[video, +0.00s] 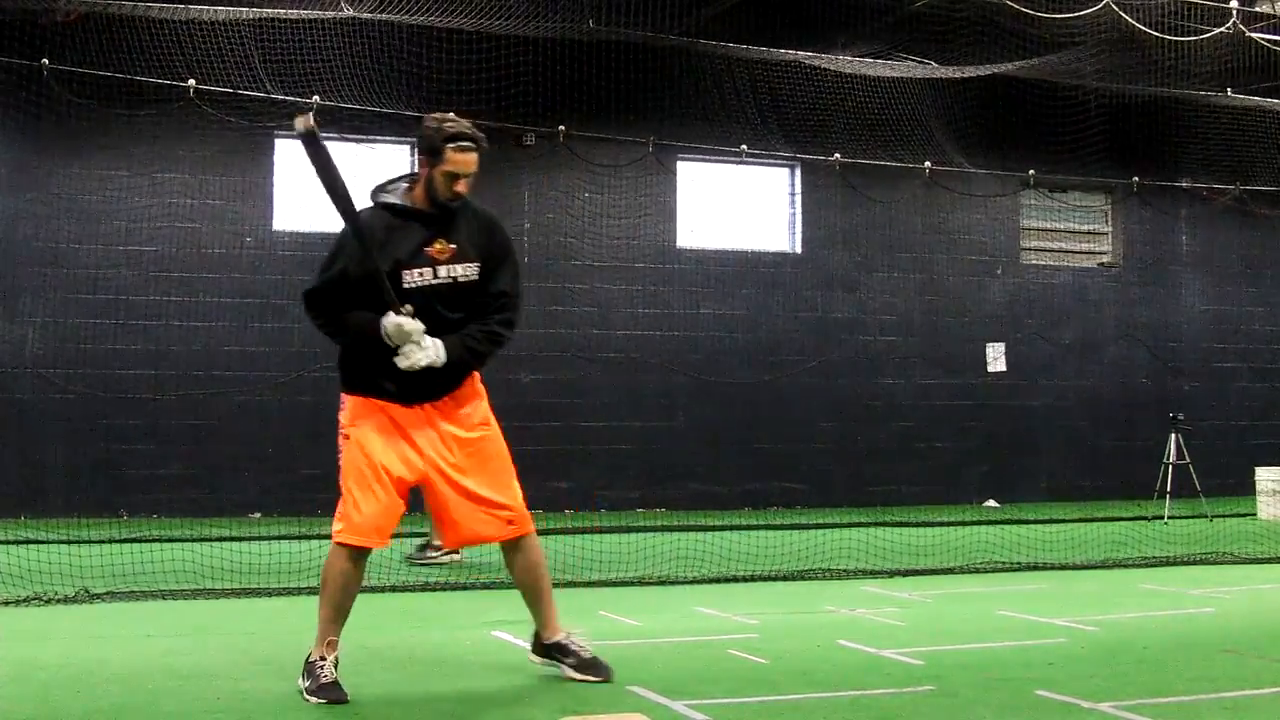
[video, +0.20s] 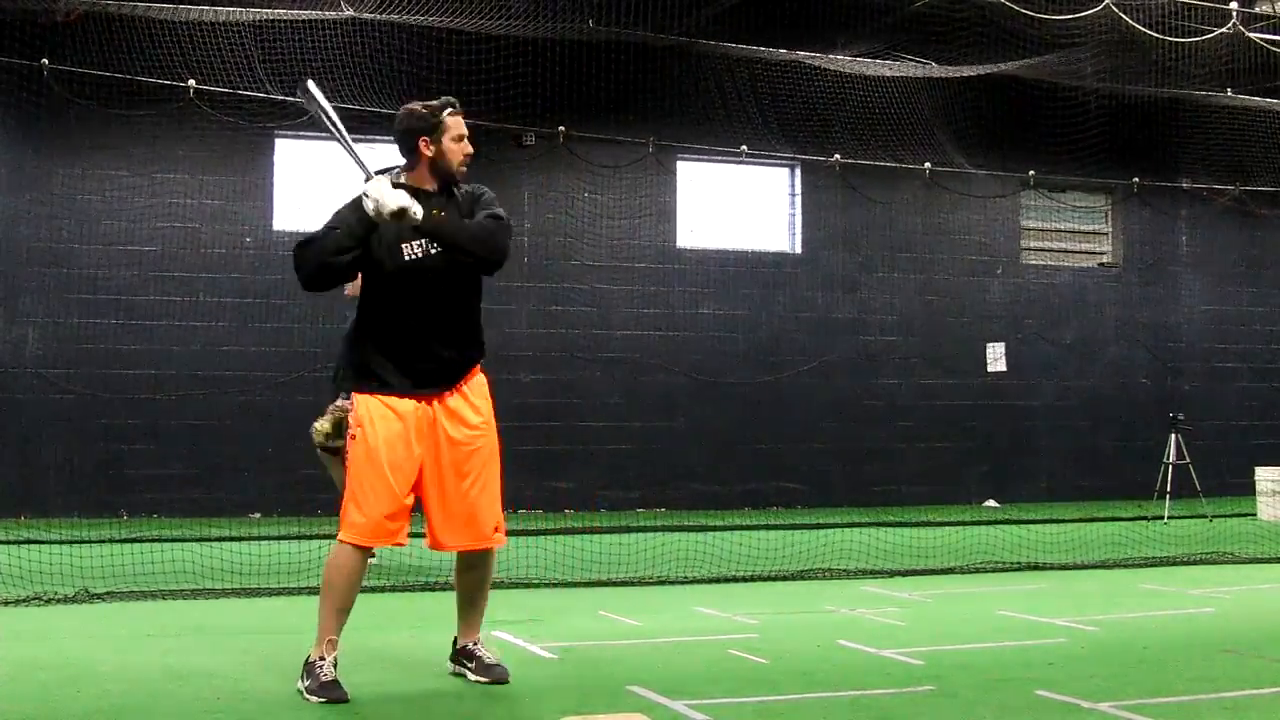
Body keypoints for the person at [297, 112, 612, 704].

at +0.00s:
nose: (463, 187)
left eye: (471, 177)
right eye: (454, 175)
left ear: (478, 172)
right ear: (424, 165)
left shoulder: (486, 233)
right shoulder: (372, 229)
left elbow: (501, 317)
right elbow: (324, 301)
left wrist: (446, 350)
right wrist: (379, 327)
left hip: (460, 403)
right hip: (377, 407)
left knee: (515, 521)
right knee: (357, 533)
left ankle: (549, 636)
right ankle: (323, 655)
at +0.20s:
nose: (469, 147)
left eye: (468, 138)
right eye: (461, 138)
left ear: (436, 146)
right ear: (426, 146)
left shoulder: (473, 199)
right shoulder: (373, 207)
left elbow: (494, 250)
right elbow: (312, 270)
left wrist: (420, 214)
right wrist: (370, 219)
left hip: (462, 391)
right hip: (384, 394)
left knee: (478, 527)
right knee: (362, 528)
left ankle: (468, 645)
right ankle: (323, 657)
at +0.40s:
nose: (468, 152)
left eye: (466, 142)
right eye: (459, 143)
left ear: (433, 149)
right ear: (425, 150)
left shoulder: (469, 203)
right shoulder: (372, 212)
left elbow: (487, 243)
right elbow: (305, 259)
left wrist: (416, 201)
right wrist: (370, 209)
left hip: (453, 392)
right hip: (376, 395)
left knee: (476, 527)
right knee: (362, 528)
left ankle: (468, 645)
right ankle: (323, 657)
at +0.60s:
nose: (456, 156)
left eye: (456, 147)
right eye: (448, 147)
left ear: (427, 153)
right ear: (414, 152)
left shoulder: (452, 208)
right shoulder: (354, 207)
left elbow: (468, 251)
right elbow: (282, 233)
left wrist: (402, 200)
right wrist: (353, 196)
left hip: (428, 390)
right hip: (352, 394)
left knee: (467, 523)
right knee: (347, 530)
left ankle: (470, 635)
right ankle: (320, 658)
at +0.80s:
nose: (457, 162)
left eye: (456, 152)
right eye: (449, 153)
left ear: (427, 158)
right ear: (414, 157)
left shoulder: (450, 219)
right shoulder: (353, 207)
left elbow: (470, 251)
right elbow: (282, 226)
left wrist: (409, 202)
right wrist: (354, 186)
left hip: (424, 391)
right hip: (349, 392)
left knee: (461, 525)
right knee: (344, 527)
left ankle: (458, 640)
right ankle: (319, 658)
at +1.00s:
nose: (464, 167)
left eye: (463, 157)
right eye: (455, 158)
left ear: (434, 163)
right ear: (421, 163)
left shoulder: (457, 219)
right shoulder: (360, 210)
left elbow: (474, 252)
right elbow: (291, 235)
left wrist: (416, 200)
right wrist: (362, 192)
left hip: (430, 395)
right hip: (354, 397)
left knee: (459, 527)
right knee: (353, 523)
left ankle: (454, 646)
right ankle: (320, 657)